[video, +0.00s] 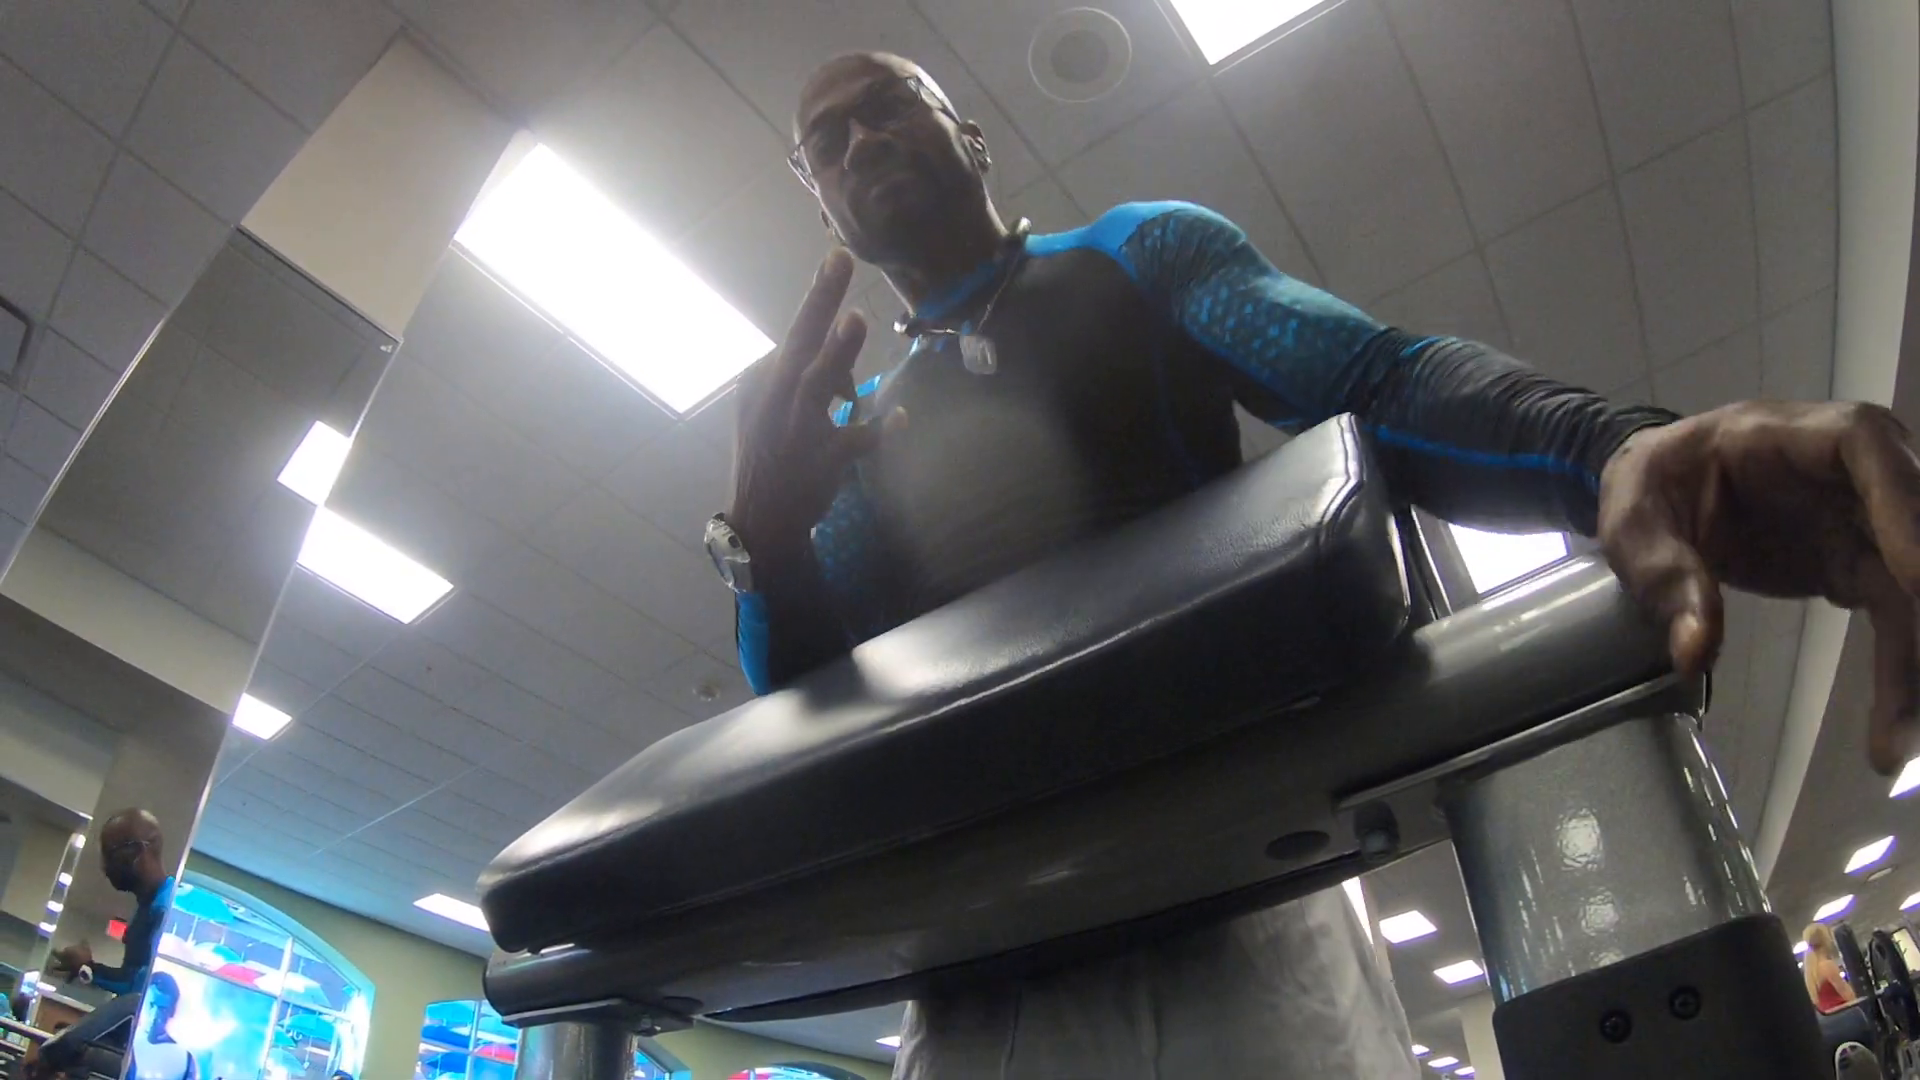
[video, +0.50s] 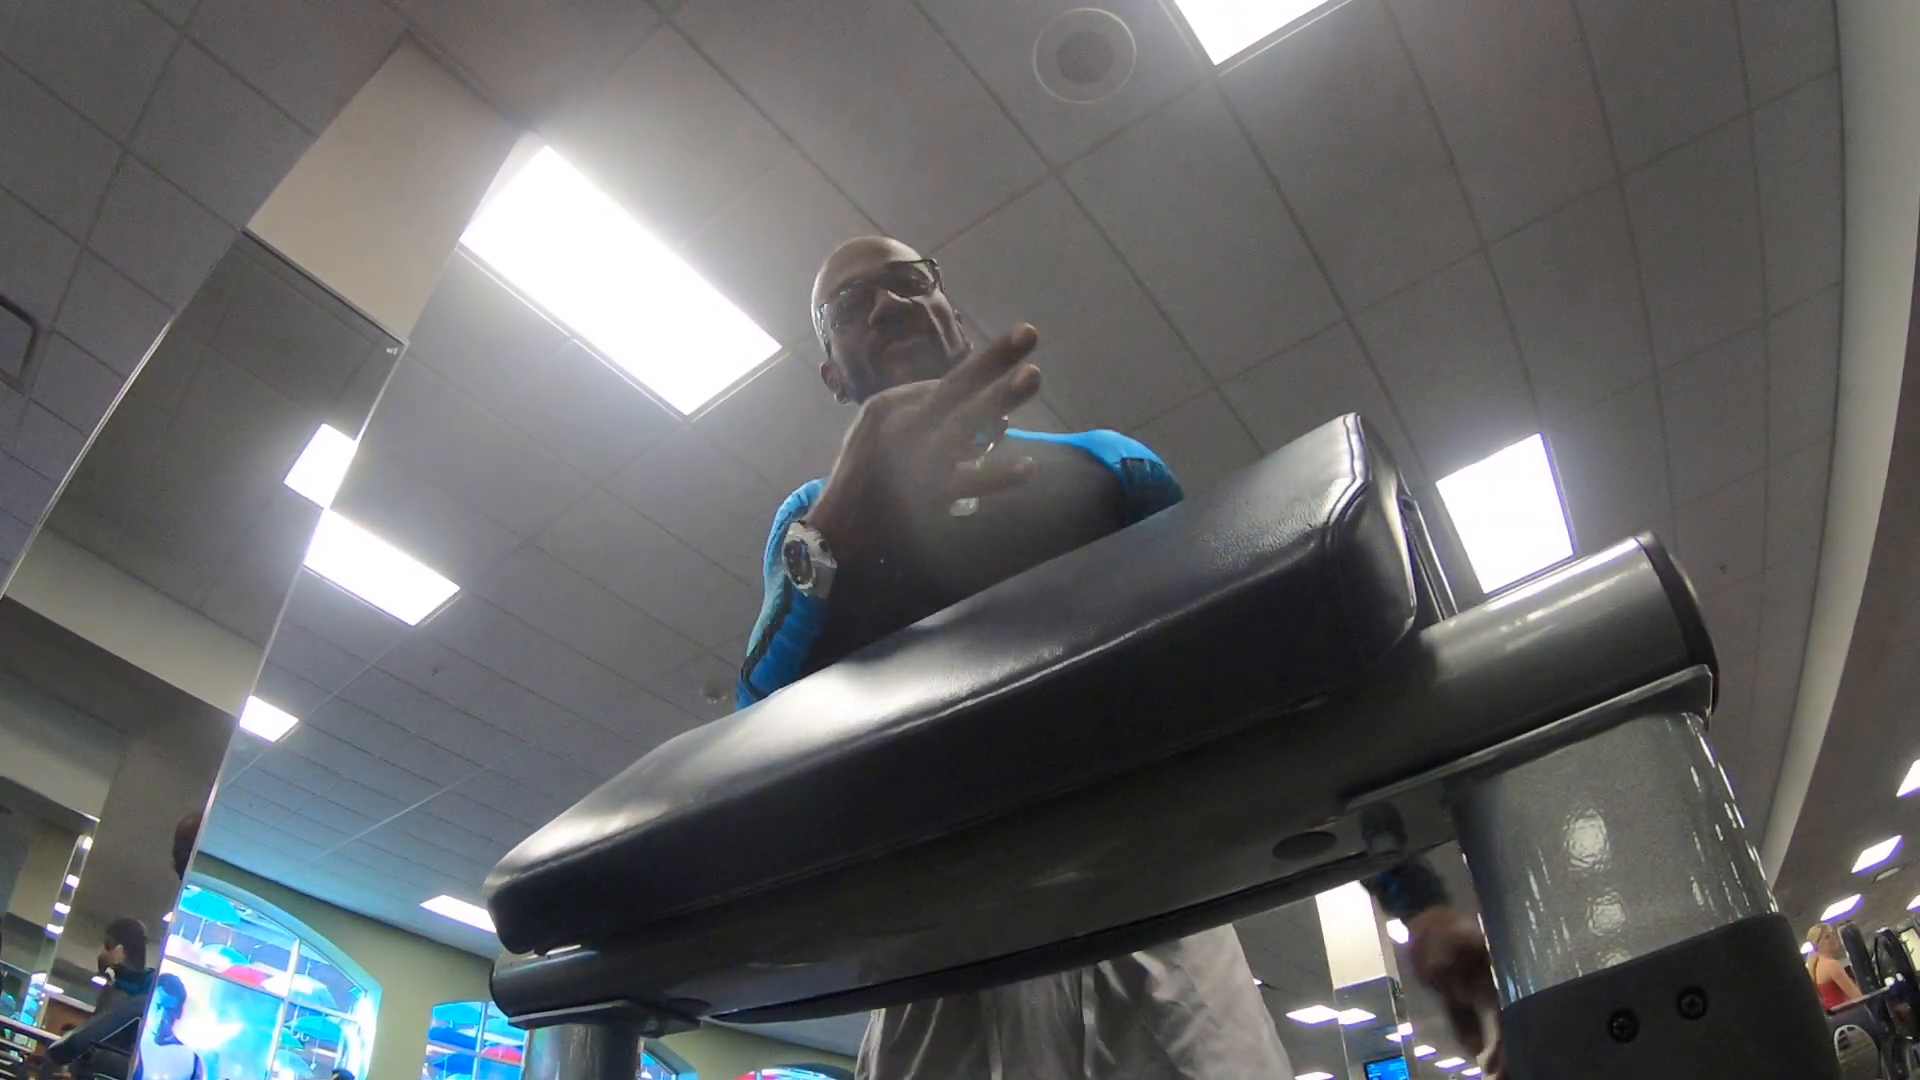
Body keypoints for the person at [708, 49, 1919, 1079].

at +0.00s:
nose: (860, 150)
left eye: (883, 115)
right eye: (827, 149)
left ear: (969, 139)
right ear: (825, 223)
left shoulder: (1135, 256)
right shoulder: (841, 439)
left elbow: (1374, 378)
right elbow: (811, 745)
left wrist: (1611, 457)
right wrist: (762, 538)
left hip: (1244, 837)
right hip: (993, 901)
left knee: (1340, 1067)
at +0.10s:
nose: (871, 192)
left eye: (892, 158)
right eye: (841, 189)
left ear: (975, 181)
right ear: (836, 260)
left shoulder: (1139, 299)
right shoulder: (853, 460)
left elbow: (1363, 428)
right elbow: (805, 738)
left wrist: (1610, 475)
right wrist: (769, 520)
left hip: (1249, 825)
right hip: (1000, 885)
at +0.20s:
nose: (885, 224)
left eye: (903, 196)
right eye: (851, 223)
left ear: (978, 229)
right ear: (835, 286)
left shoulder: (1139, 349)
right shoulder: (830, 477)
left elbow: (1353, 512)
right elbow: (792, 762)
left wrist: (1589, 522)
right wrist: (788, 512)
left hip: (1235, 865)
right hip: (977, 921)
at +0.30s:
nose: (886, 266)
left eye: (902, 238)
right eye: (852, 267)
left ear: (965, 265)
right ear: (830, 321)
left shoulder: (1129, 397)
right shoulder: (840, 511)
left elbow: (1342, 634)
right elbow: (779, 762)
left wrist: (1629, 647)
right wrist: (809, 503)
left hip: (1204, 882)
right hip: (965, 939)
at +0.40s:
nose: (880, 285)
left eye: (901, 263)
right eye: (848, 284)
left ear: (952, 293)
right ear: (829, 350)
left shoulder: (1118, 440)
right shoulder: (837, 528)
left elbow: (1244, 642)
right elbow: (771, 744)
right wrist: (810, 532)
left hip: (1182, 912)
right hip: (958, 965)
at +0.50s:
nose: (892, 305)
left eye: (909, 285)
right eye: (853, 303)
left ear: (957, 316)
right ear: (828, 372)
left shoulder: (1107, 465)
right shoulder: (818, 523)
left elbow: (1265, 675)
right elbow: (765, 723)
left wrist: (1419, 898)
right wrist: (845, 518)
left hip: (1167, 923)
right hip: (953, 959)